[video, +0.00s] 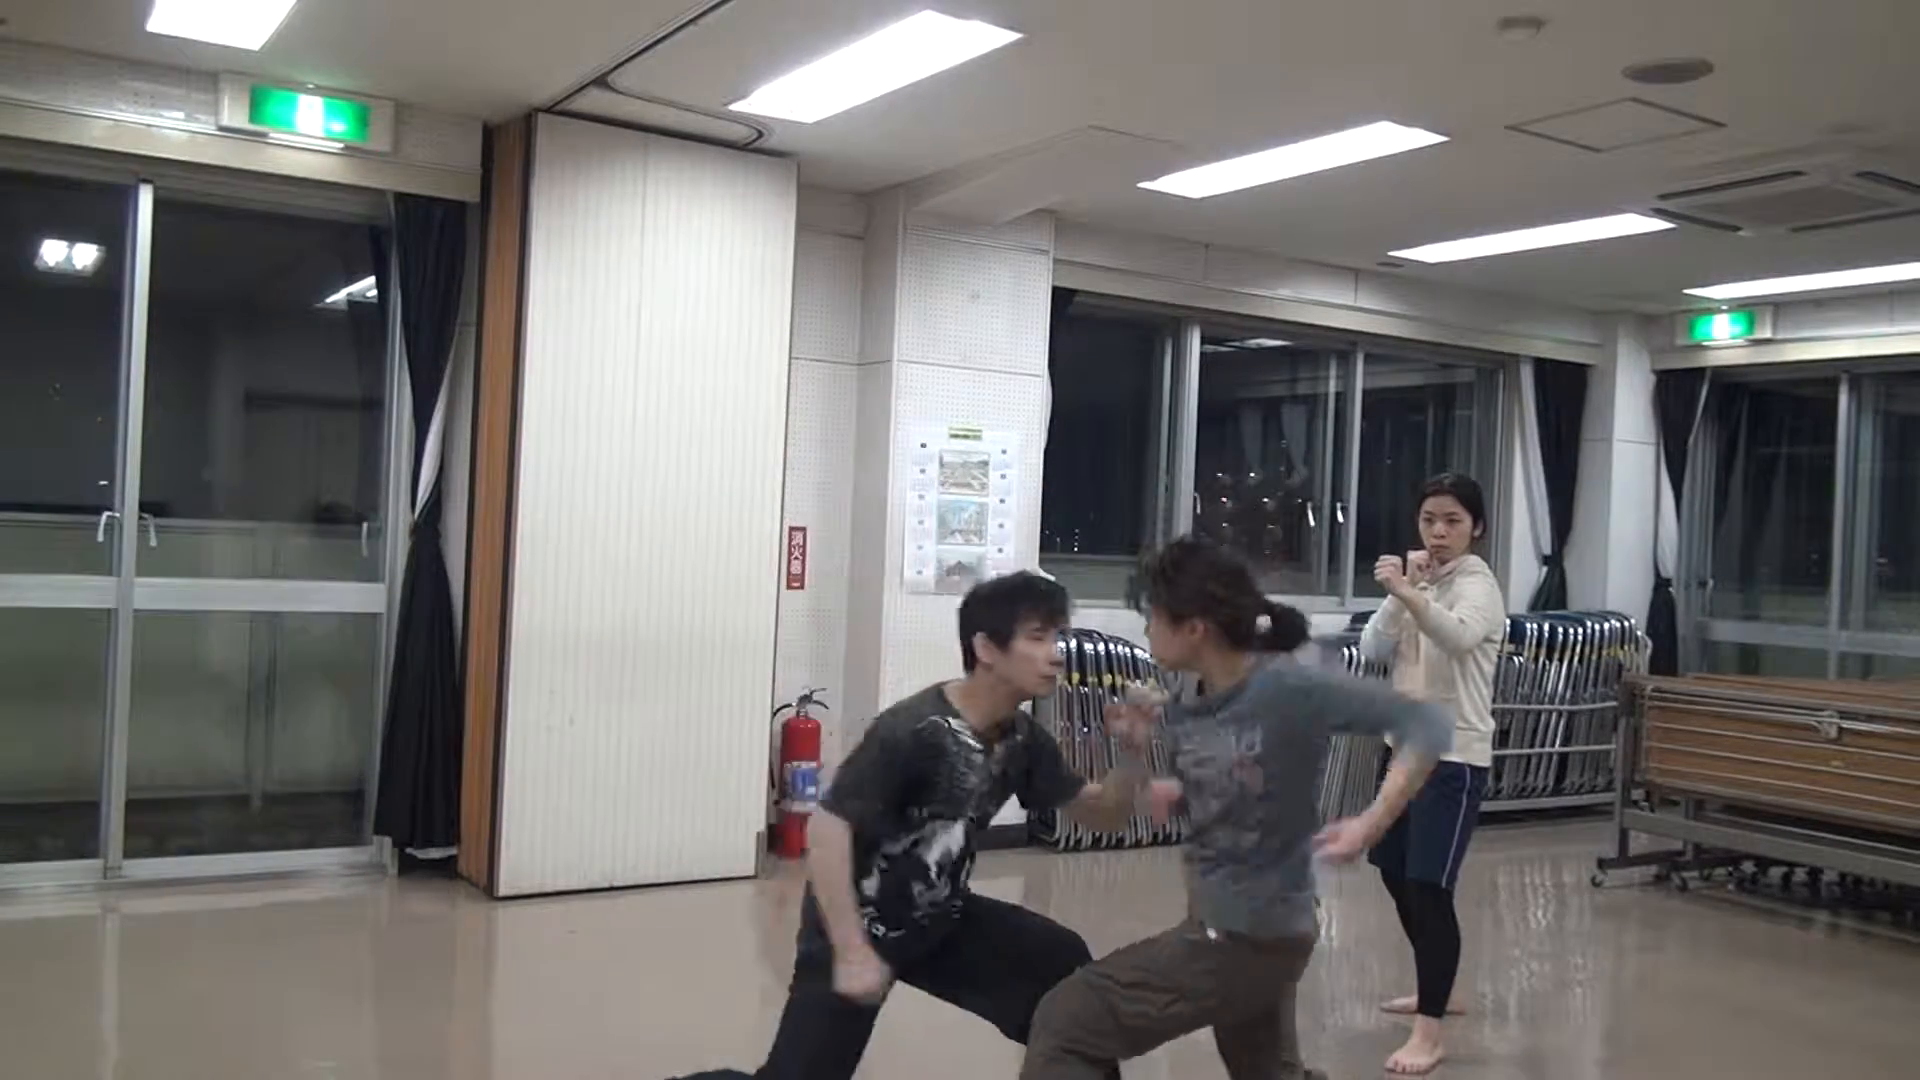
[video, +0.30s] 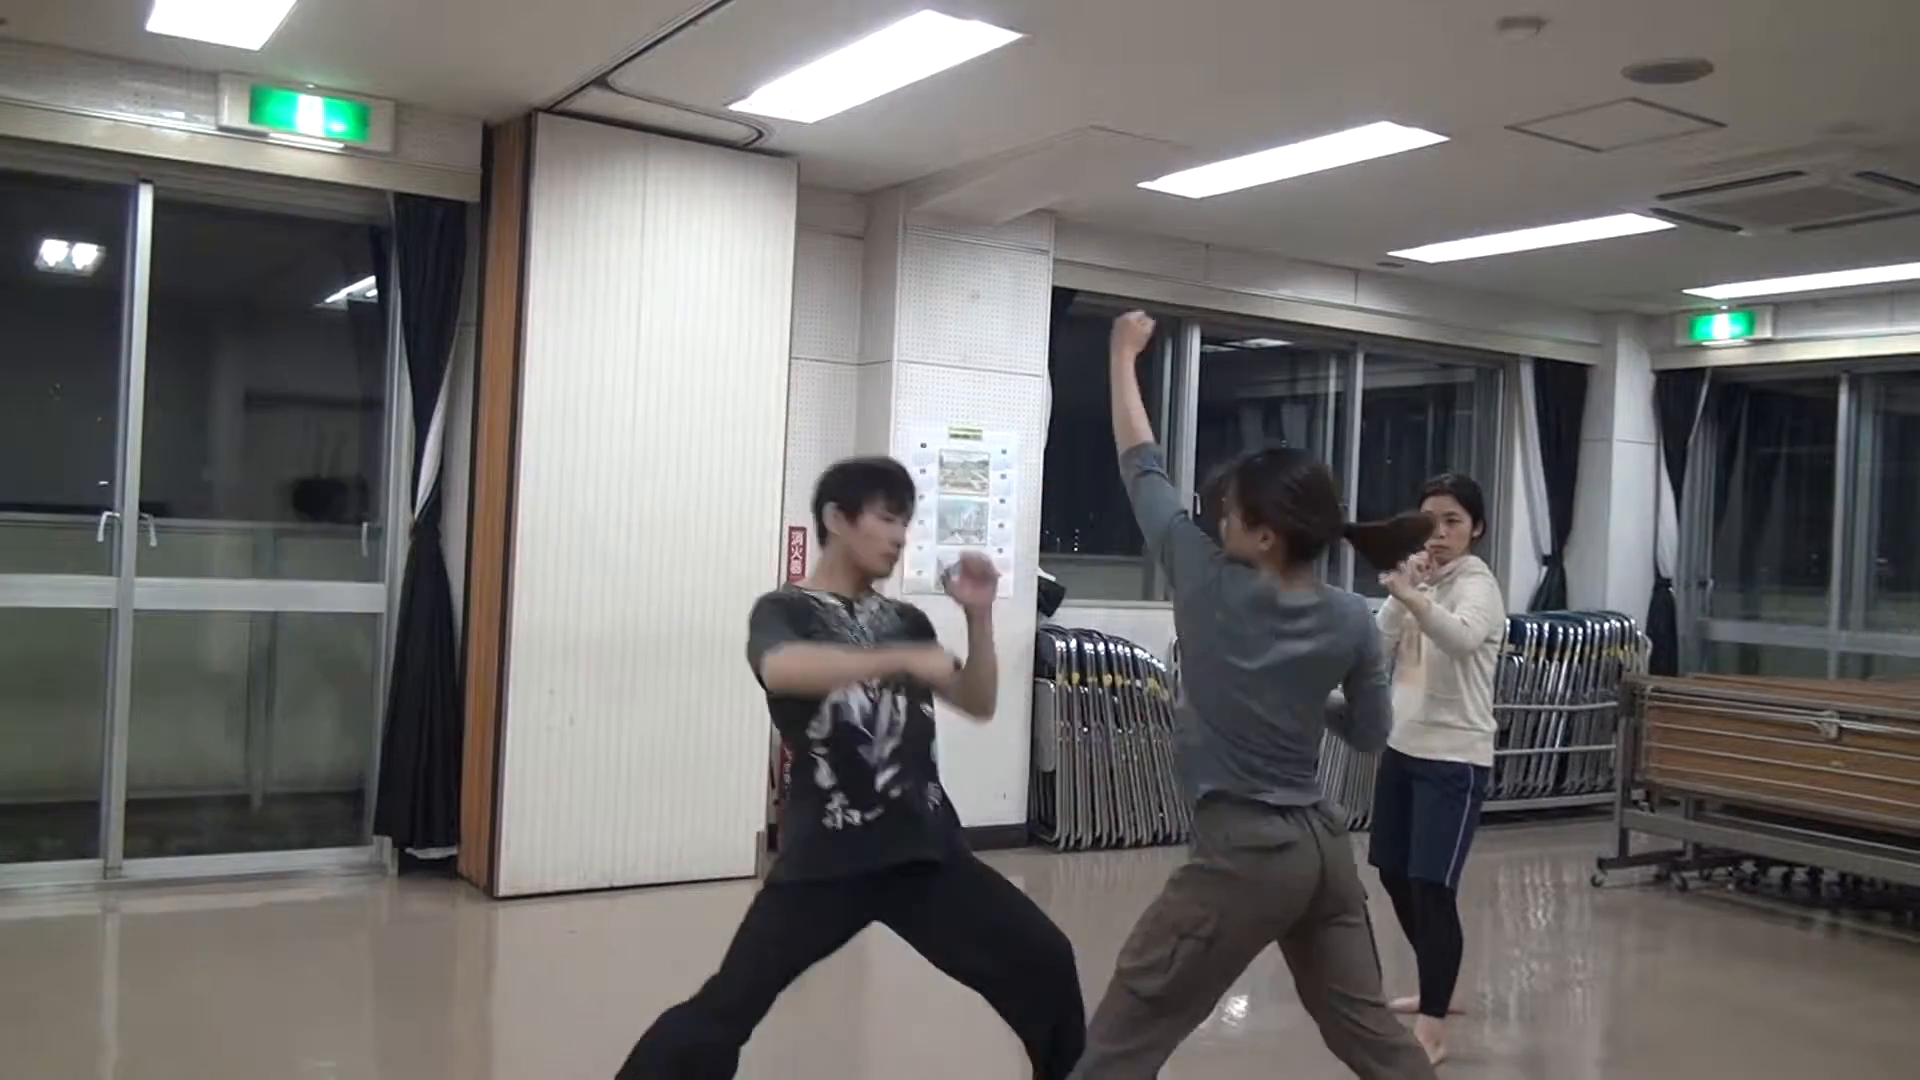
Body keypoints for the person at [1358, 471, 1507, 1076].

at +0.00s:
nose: (1439, 531)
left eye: (1452, 521)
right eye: (1430, 520)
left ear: (1475, 528)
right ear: (1419, 524)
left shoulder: (1479, 582)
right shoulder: (1416, 582)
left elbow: (1461, 637)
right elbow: (1372, 648)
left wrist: (1405, 593)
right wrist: (1404, 591)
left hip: (1456, 758)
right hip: (1408, 752)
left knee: (1429, 887)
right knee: (1390, 864)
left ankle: (1428, 1034)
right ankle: (1437, 986)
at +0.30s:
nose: (1440, 532)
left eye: (1453, 521)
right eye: (1431, 521)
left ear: (1475, 528)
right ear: (1418, 526)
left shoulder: (1479, 583)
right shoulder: (1411, 579)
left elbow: (1465, 638)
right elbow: (1377, 649)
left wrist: (1411, 596)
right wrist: (1403, 589)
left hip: (1454, 756)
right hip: (1402, 748)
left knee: (1432, 886)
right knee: (1392, 869)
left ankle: (1432, 1028)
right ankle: (1438, 982)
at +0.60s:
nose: (1439, 532)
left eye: (1452, 521)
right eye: (1430, 520)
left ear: (1475, 529)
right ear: (1418, 526)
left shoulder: (1480, 583)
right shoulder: (1414, 582)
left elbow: (1468, 638)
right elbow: (1373, 650)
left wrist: (1414, 596)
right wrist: (1403, 595)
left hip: (1456, 758)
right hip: (1402, 749)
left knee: (1432, 886)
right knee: (1390, 865)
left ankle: (1429, 1033)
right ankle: (1437, 986)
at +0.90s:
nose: (1441, 530)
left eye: (1454, 520)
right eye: (1432, 519)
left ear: (1476, 529)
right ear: (1420, 525)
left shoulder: (1481, 584)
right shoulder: (1414, 579)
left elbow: (1467, 638)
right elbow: (1372, 649)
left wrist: (1413, 594)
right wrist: (1406, 597)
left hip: (1453, 758)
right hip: (1400, 750)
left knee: (1431, 887)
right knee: (1390, 865)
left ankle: (1429, 1032)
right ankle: (1437, 986)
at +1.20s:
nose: (1436, 529)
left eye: (1450, 520)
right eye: (1429, 517)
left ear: (1474, 530)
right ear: (1416, 523)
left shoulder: (1473, 583)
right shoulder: (1400, 578)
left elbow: (1471, 613)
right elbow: (1352, 634)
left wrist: (1416, 580)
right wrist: (1376, 585)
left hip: (1462, 757)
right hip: (1404, 752)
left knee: (1435, 881)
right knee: (1392, 875)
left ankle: (1428, 1017)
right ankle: (1435, 984)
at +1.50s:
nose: (1445, 523)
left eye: (1457, 512)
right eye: (1435, 513)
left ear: (1483, 520)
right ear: (1425, 521)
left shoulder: (1508, 592)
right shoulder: (1397, 582)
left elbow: (1498, 651)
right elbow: (1353, 669)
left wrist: (1470, 577)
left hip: (1459, 750)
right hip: (1385, 735)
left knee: (1438, 895)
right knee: (1348, 853)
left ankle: (1410, 1024)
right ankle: (1355, 927)